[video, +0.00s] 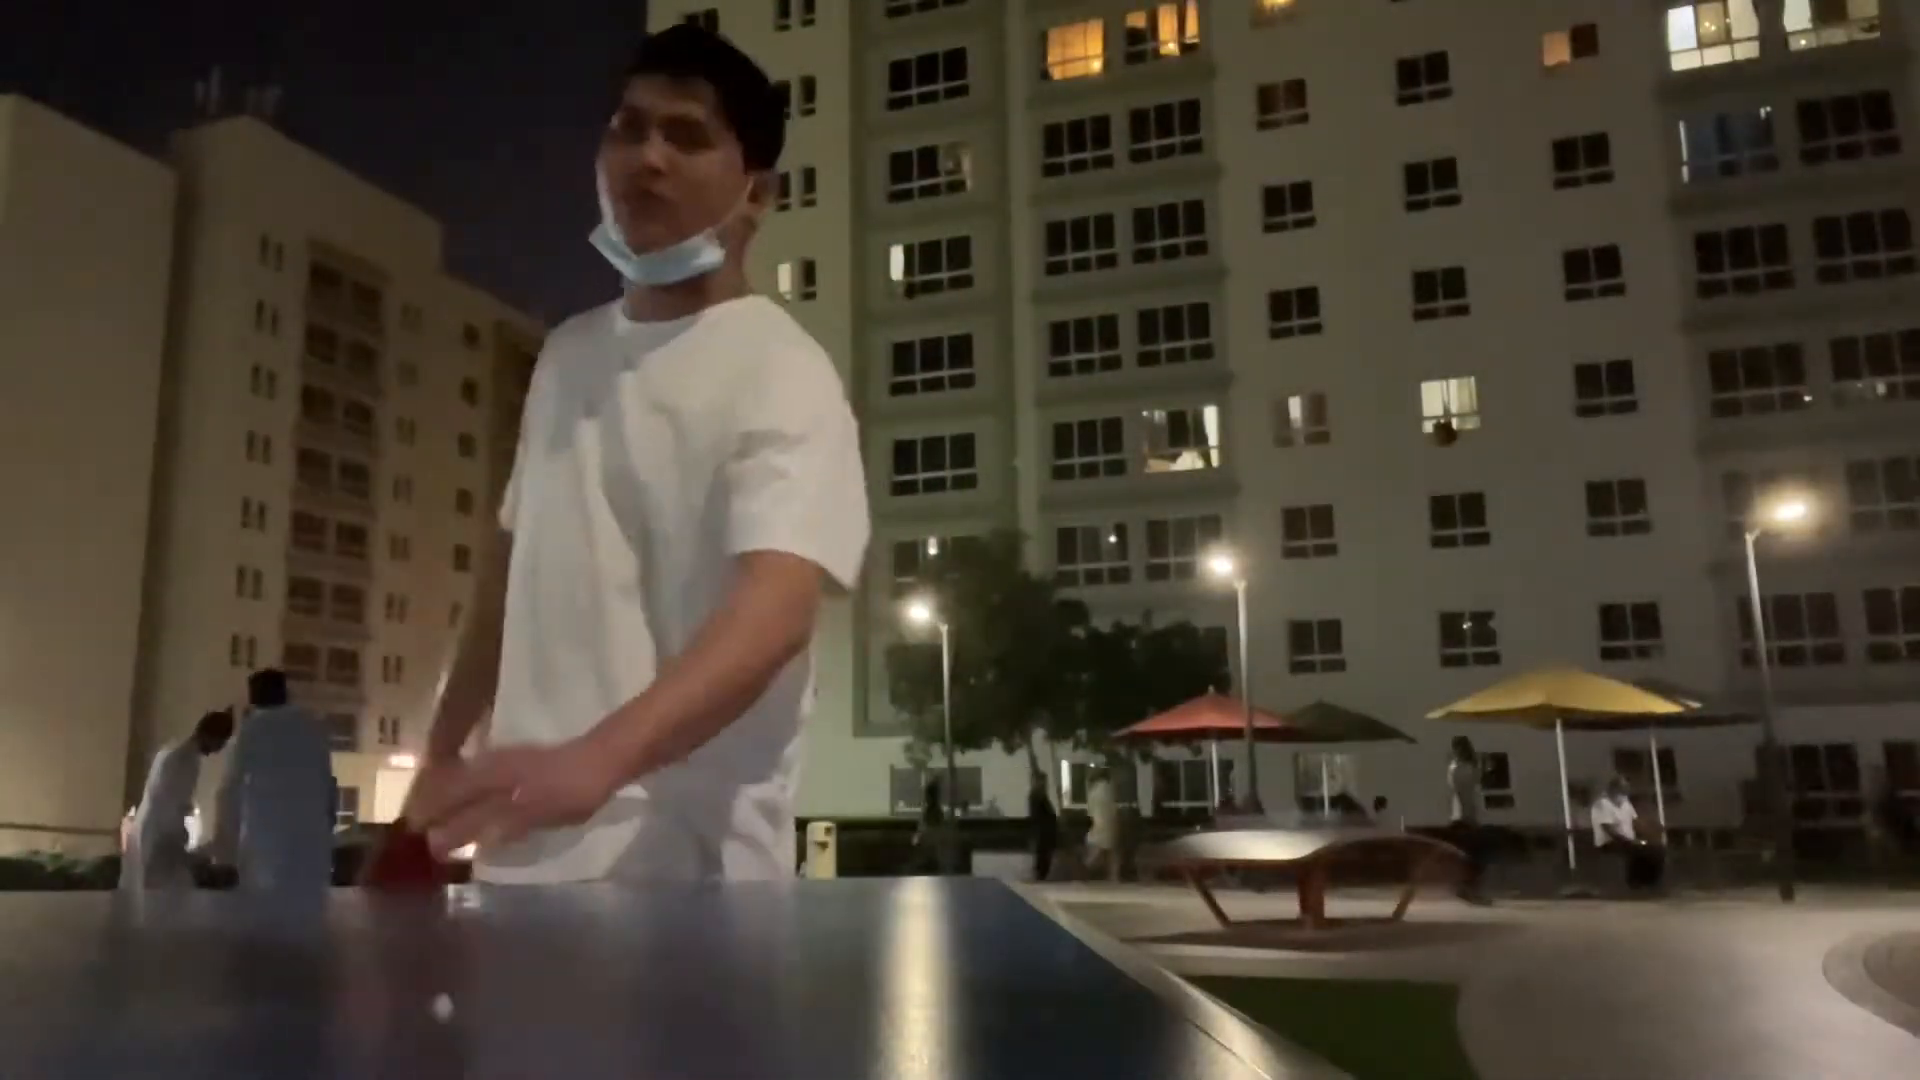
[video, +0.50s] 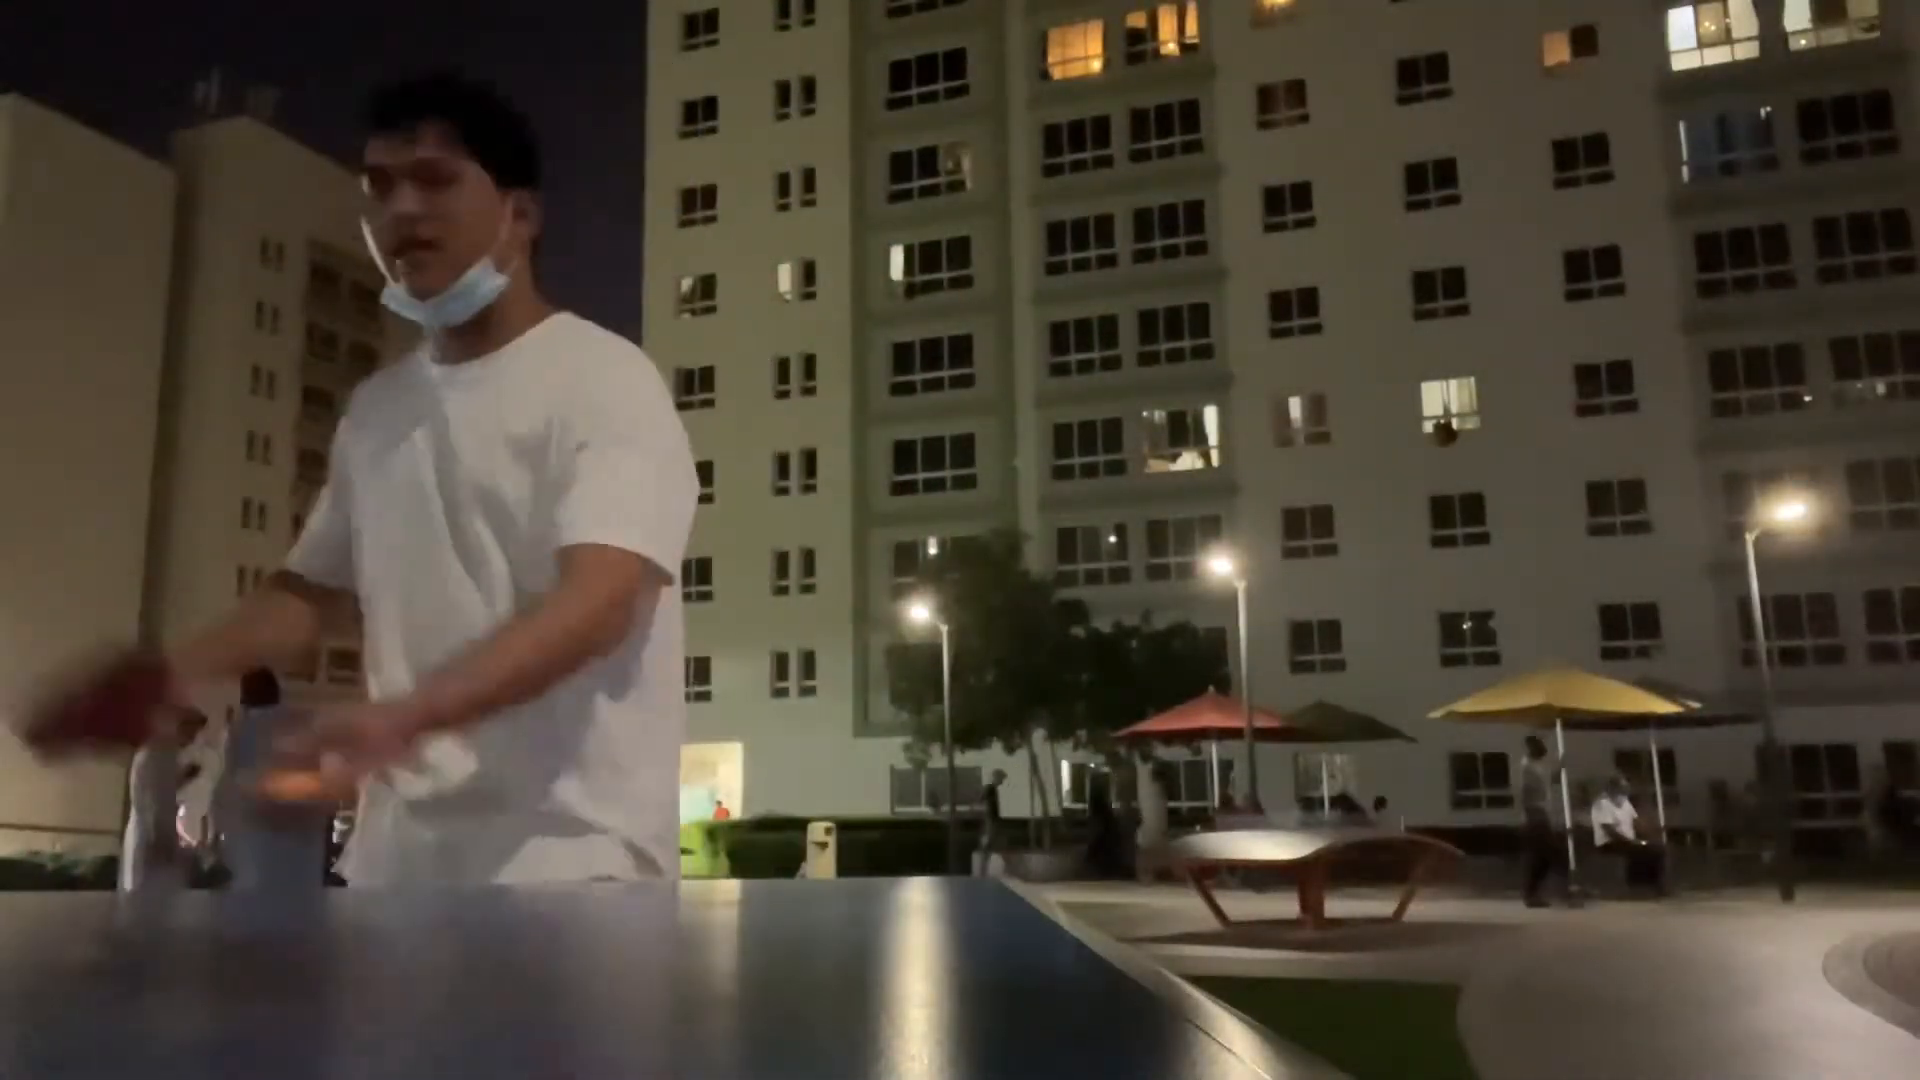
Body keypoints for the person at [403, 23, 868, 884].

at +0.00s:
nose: (645, 157)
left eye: (686, 136)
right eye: (628, 129)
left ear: (755, 190)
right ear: (600, 158)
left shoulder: (779, 369)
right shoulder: (570, 353)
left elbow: (774, 611)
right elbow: (512, 572)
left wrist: (594, 761)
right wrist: (444, 752)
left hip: (686, 865)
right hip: (522, 852)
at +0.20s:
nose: (520, 172)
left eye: (561, 146)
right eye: (500, 145)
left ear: (636, 200)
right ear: (476, 180)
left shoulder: (686, 371)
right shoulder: (471, 385)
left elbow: (704, 611)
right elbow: (469, 619)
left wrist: (544, 781)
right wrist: (421, 791)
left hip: (632, 866)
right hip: (469, 856)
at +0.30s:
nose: (455, 187)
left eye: (489, 163)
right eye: (431, 166)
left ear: (562, 206)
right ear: (408, 199)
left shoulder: (634, 381)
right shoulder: (389, 396)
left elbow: (652, 617)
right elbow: (348, 603)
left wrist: (535, 795)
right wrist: (299, 763)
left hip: (600, 847)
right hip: (418, 845)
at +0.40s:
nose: (426, 195)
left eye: (462, 169)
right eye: (404, 171)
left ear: (537, 213)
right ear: (380, 203)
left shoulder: (613, 385)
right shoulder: (361, 398)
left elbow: (628, 619)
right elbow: (293, 597)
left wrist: (517, 786)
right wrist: (219, 765)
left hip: (584, 850)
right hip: (400, 849)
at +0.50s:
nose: (399, 212)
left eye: (434, 180)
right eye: (380, 187)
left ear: (519, 214)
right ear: (364, 214)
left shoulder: (606, 382)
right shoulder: (379, 411)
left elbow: (598, 608)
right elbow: (309, 598)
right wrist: (166, 678)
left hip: (572, 869)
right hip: (400, 872)